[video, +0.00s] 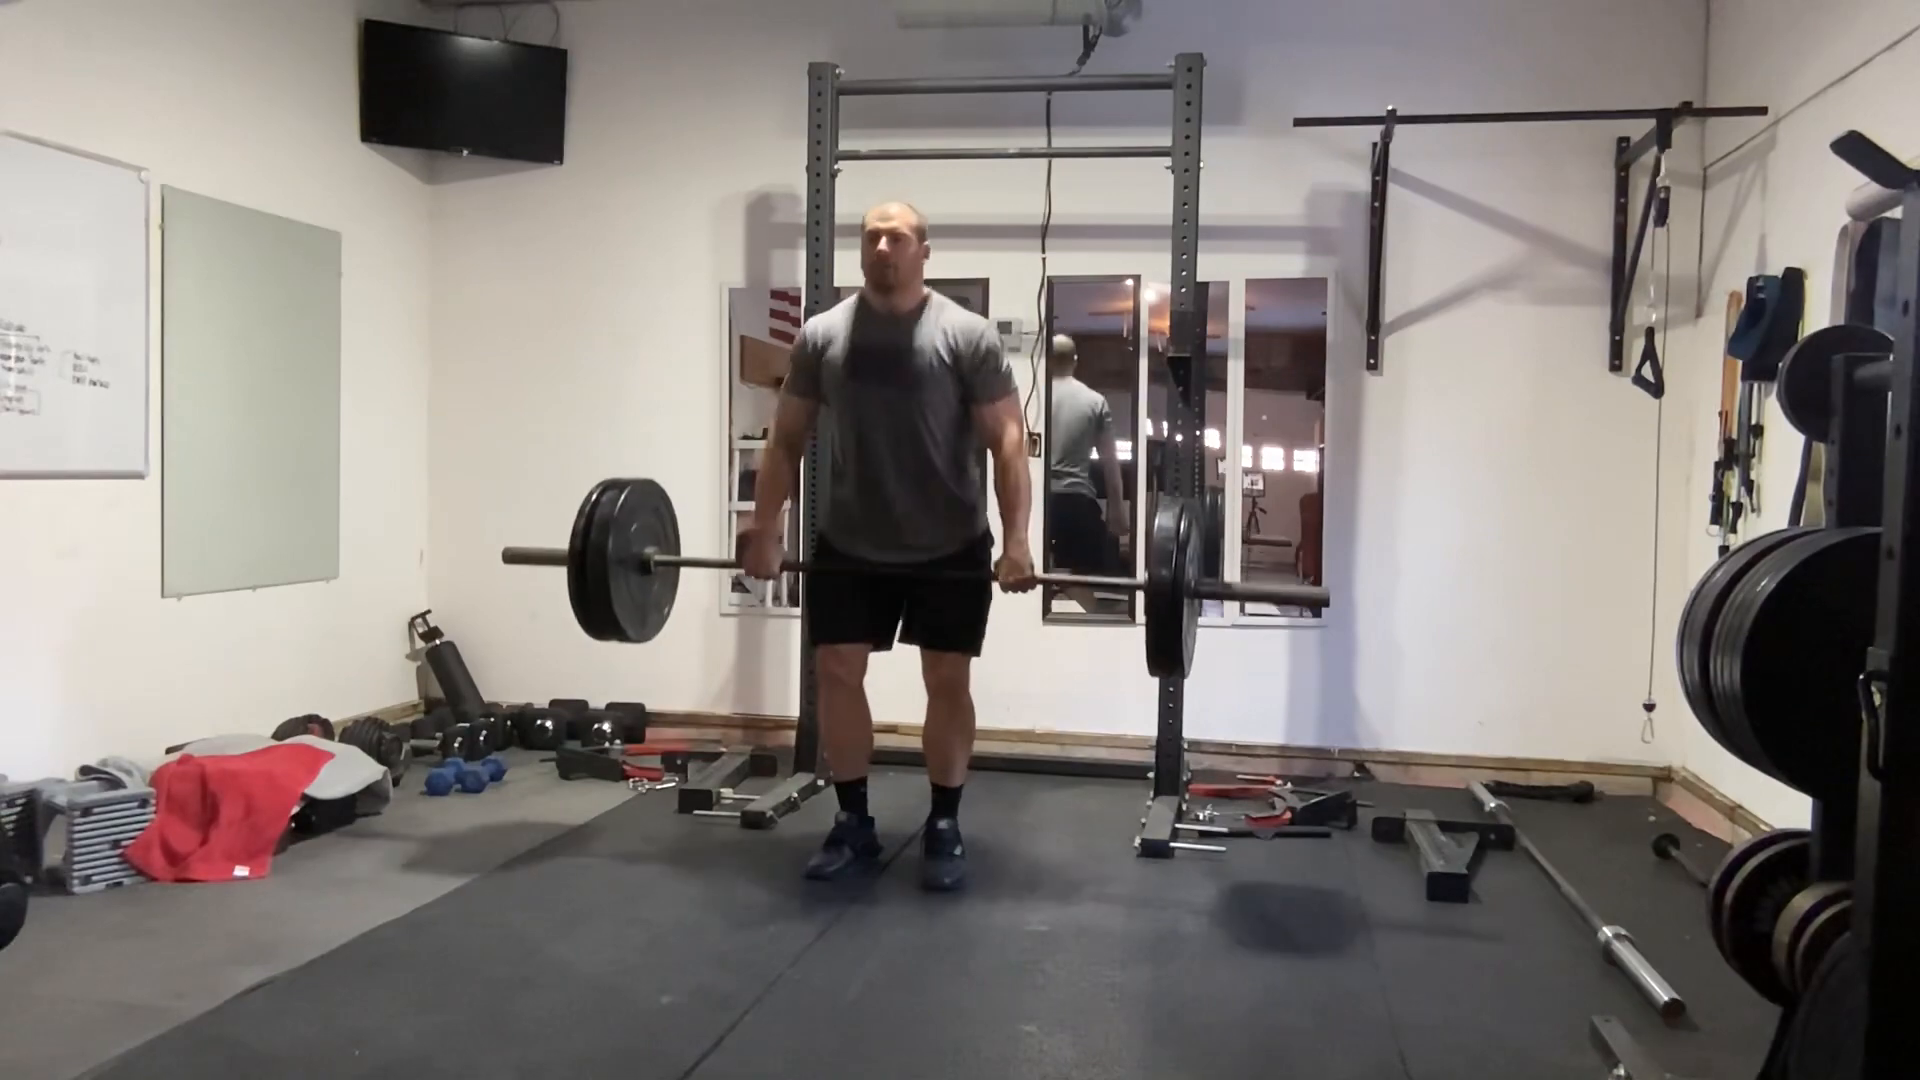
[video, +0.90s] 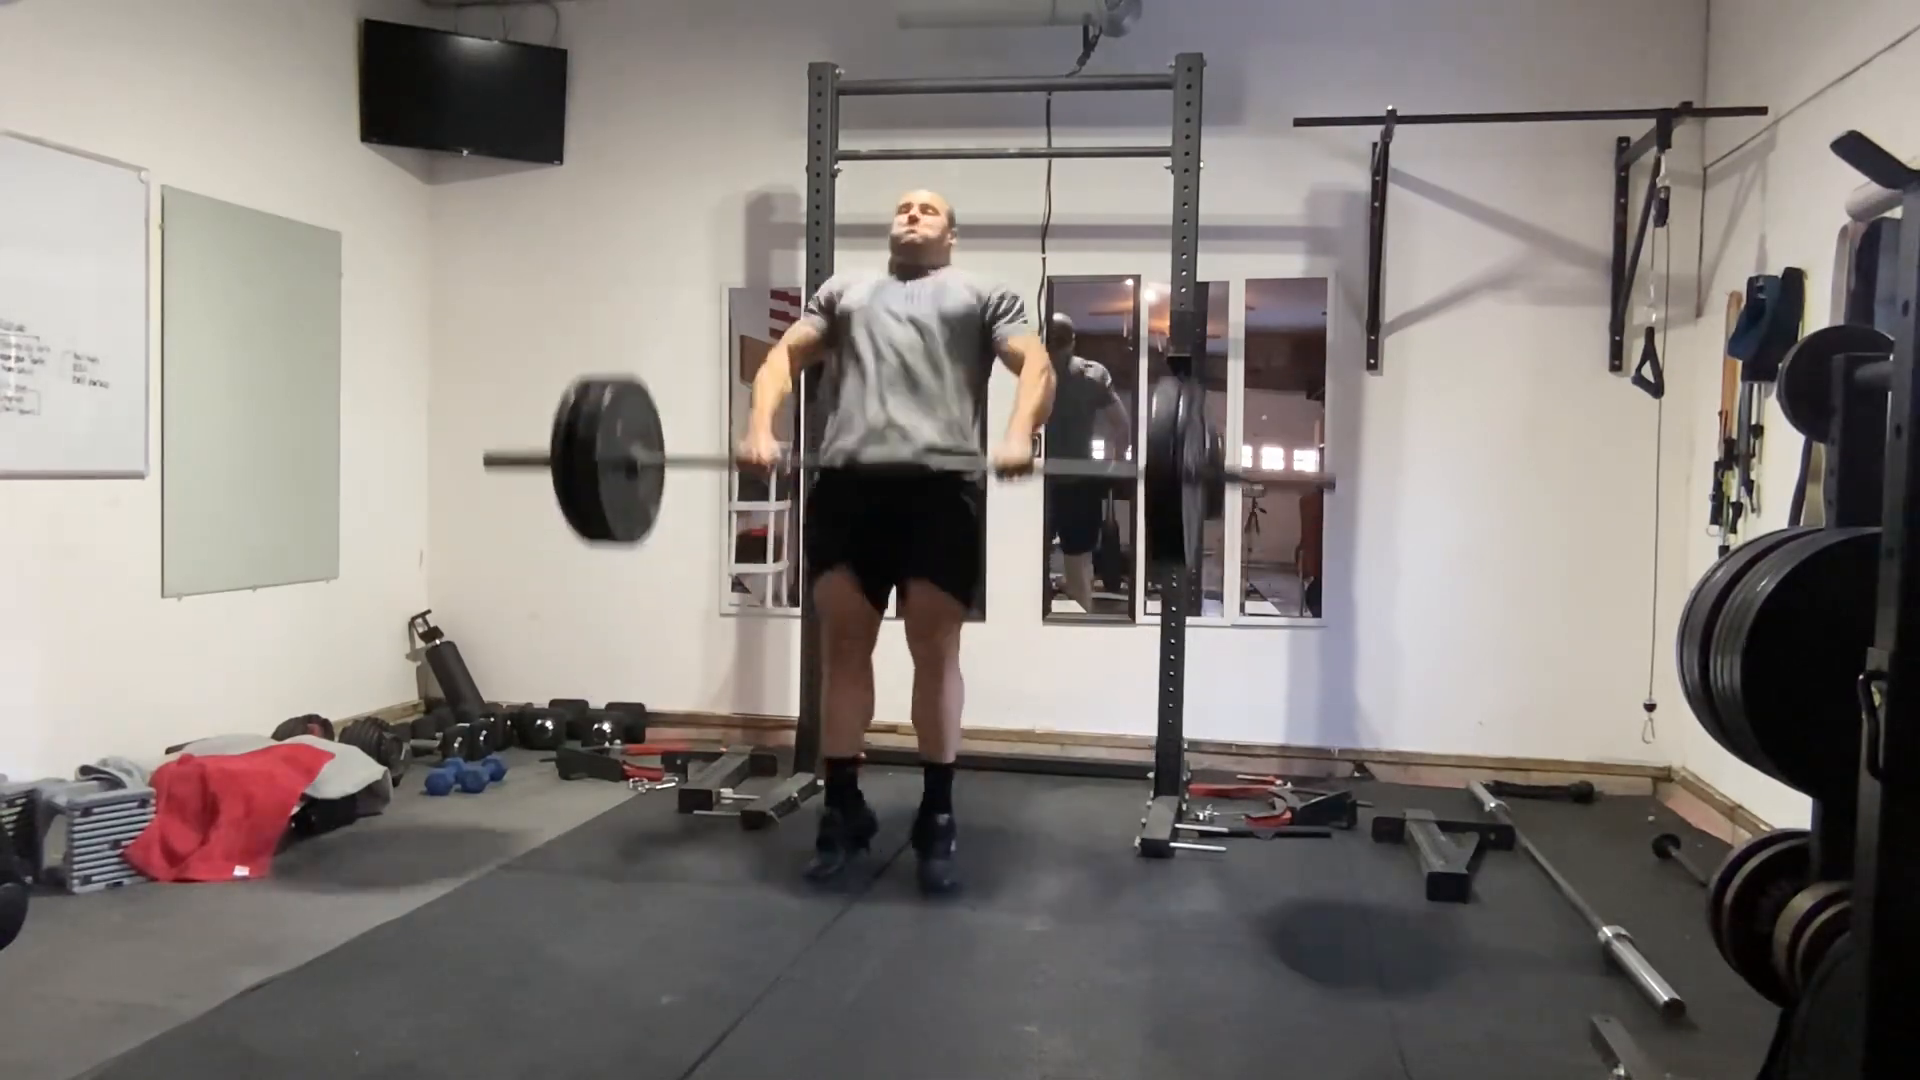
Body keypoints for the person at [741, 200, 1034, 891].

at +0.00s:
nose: (879, 248)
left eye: (893, 237)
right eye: (870, 237)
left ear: (924, 252)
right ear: (858, 252)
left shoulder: (968, 336)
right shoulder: (821, 336)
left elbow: (1007, 441)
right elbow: (786, 440)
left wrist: (1016, 540)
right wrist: (764, 529)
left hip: (946, 541)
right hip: (847, 540)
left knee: (948, 679)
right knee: (837, 671)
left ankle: (944, 827)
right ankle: (854, 827)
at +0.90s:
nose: (912, 216)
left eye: (926, 211)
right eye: (903, 211)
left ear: (950, 237)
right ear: (888, 235)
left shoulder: (979, 295)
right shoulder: (847, 292)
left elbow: (1037, 362)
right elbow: (782, 354)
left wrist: (1021, 431)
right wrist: (760, 425)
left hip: (940, 482)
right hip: (847, 480)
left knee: (934, 646)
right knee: (844, 647)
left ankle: (938, 816)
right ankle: (842, 808)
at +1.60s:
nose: (893, 254)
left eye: (908, 246)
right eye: (885, 244)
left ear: (936, 262)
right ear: (871, 258)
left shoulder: (954, 324)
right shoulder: (835, 322)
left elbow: (981, 359)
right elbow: (765, 360)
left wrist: (1007, 302)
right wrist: (770, 297)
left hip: (934, 529)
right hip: (842, 528)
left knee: (937, 684)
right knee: (824, 681)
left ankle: (934, 832)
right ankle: (857, 830)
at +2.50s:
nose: (907, 208)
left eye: (921, 206)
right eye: (896, 205)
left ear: (943, 235)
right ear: (877, 229)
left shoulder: (957, 292)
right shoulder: (835, 283)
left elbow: (1026, 263)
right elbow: (746, 271)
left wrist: (1026, 173)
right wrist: (757, 187)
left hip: (932, 488)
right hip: (845, 489)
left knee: (935, 659)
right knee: (850, 659)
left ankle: (943, 826)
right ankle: (850, 821)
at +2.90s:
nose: (870, 232)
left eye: (884, 219)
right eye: (861, 220)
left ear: (916, 223)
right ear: (848, 226)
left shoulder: (958, 278)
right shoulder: (823, 282)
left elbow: (1004, 166)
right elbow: (771, 180)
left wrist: (1023, 73)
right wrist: (760, 90)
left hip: (934, 502)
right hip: (847, 503)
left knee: (931, 670)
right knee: (859, 668)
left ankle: (937, 829)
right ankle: (859, 826)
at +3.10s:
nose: (887, 227)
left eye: (902, 218)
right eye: (877, 218)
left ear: (928, 233)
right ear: (863, 233)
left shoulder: (966, 317)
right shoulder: (822, 318)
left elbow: (1000, 418)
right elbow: (783, 410)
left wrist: (1007, 517)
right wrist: (751, 503)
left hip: (936, 531)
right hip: (842, 530)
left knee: (934, 675)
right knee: (844, 672)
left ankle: (937, 828)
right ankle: (855, 828)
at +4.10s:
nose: (909, 226)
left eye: (924, 221)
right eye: (899, 220)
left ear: (946, 244)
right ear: (884, 241)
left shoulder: (974, 295)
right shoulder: (847, 295)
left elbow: (1043, 348)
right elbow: (791, 355)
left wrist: (1022, 390)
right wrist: (758, 385)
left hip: (943, 471)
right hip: (857, 470)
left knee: (936, 633)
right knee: (842, 638)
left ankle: (939, 819)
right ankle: (848, 811)